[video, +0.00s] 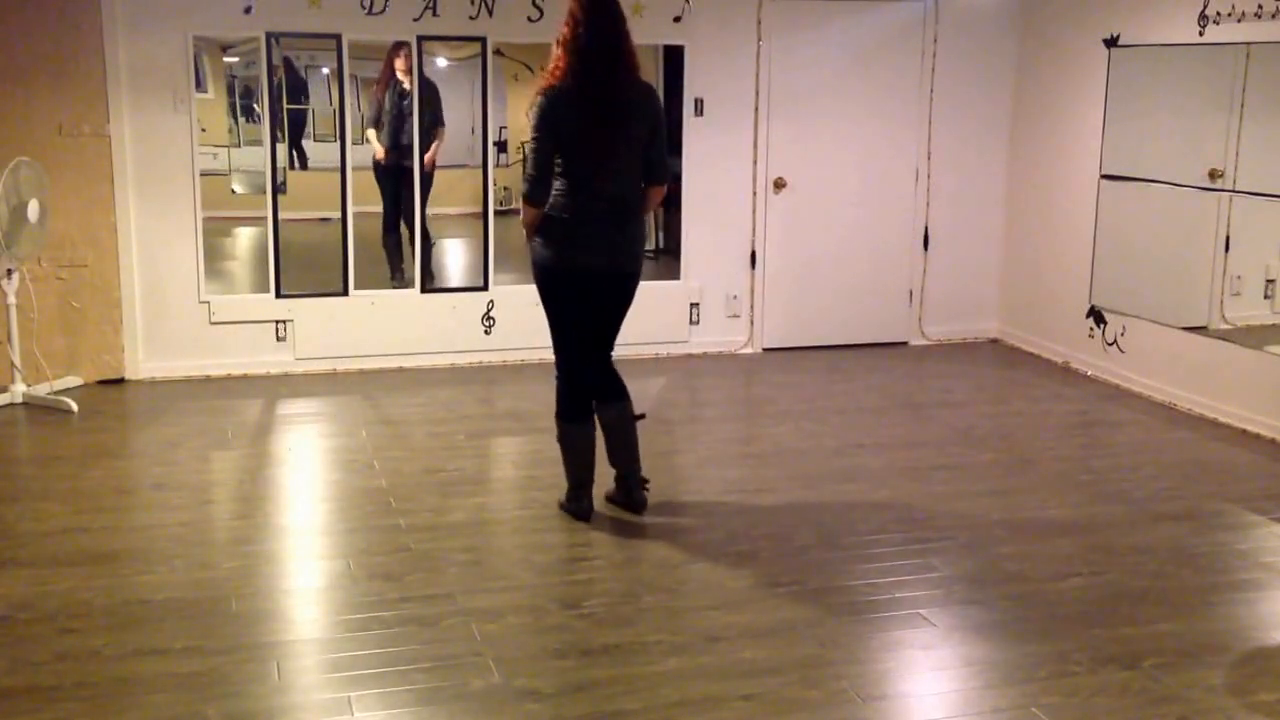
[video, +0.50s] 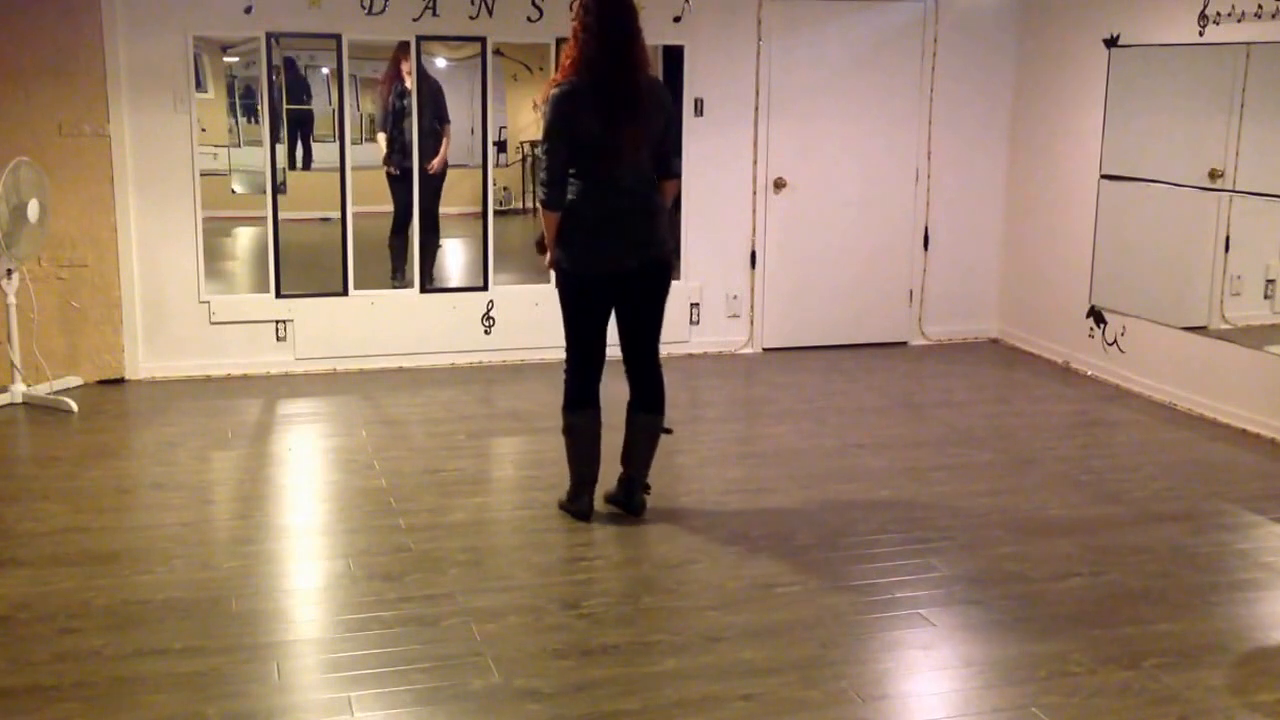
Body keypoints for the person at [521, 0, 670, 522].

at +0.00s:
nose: (558, 36)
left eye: (564, 28)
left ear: (568, 39)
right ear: (621, 38)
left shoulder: (555, 98)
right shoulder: (643, 96)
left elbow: (538, 185)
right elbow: (659, 180)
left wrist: (530, 224)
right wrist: (632, 219)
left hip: (562, 249)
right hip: (622, 251)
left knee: (572, 364)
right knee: (599, 358)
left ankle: (579, 493)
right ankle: (631, 481)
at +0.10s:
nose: (561, 36)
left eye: (566, 28)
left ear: (571, 37)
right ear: (624, 37)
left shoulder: (559, 97)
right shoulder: (645, 96)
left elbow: (542, 179)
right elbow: (659, 178)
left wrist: (530, 226)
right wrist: (635, 218)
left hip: (565, 249)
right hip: (625, 251)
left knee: (575, 366)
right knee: (607, 360)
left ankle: (579, 493)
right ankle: (631, 482)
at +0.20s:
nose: (567, 32)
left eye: (572, 25)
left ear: (575, 33)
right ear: (628, 33)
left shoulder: (563, 93)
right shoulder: (648, 91)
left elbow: (550, 177)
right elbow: (659, 172)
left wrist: (536, 235)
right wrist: (636, 215)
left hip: (574, 240)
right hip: (634, 243)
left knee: (580, 362)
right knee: (624, 357)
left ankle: (581, 491)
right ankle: (633, 482)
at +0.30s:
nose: (567, 32)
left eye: (573, 25)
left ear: (576, 34)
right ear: (630, 34)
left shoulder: (564, 93)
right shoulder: (650, 91)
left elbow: (553, 180)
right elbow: (661, 171)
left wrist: (543, 242)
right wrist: (638, 216)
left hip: (578, 244)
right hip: (638, 245)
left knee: (581, 362)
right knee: (630, 356)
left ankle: (581, 491)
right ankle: (633, 483)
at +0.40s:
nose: (568, 35)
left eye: (574, 27)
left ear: (578, 35)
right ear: (631, 34)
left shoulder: (566, 94)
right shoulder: (652, 91)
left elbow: (555, 181)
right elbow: (663, 172)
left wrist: (546, 242)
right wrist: (641, 219)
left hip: (581, 246)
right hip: (641, 248)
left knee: (581, 363)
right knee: (637, 359)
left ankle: (581, 491)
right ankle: (633, 484)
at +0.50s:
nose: (570, 33)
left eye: (575, 25)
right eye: (576, 23)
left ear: (581, 34)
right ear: (633, 34)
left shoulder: (568, 95)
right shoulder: (658, 94)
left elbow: (554, 185)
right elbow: (669, 179)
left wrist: (551, 245)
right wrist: (649, 226)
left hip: (585, 251)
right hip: (647, 252)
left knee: (582, 367)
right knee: (644, 362)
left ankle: (581, 491)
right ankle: (634, 485)